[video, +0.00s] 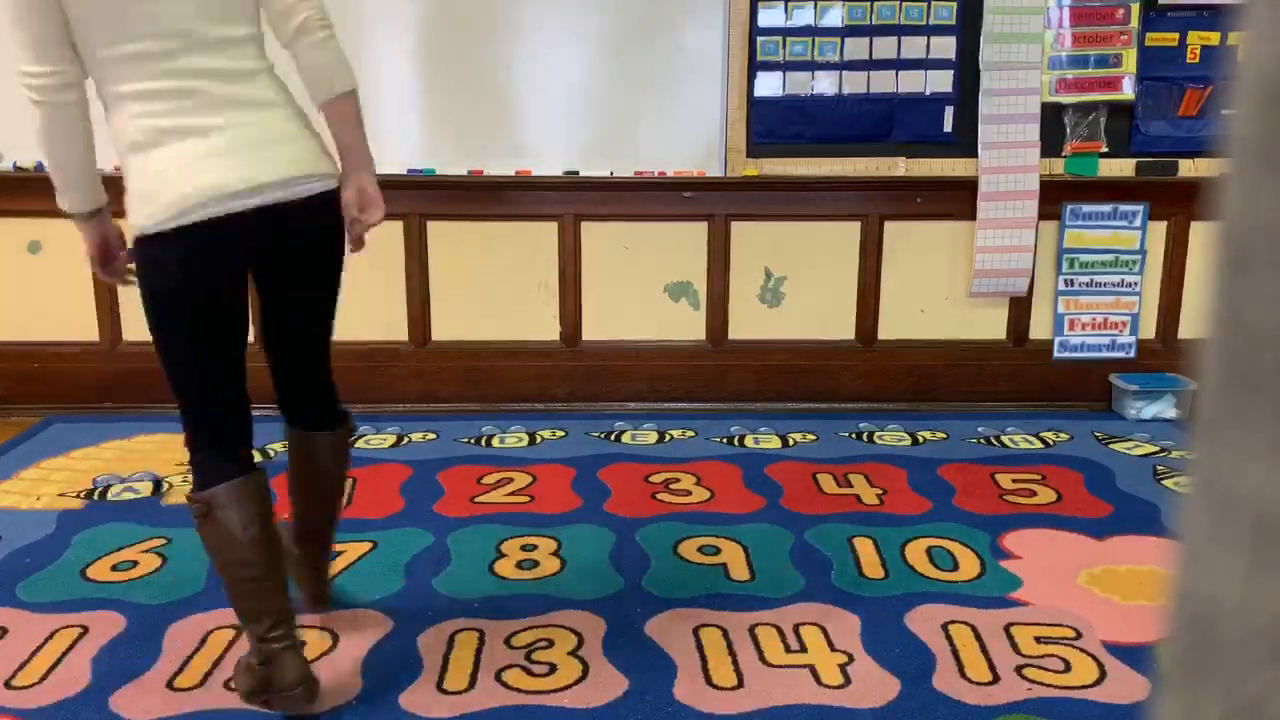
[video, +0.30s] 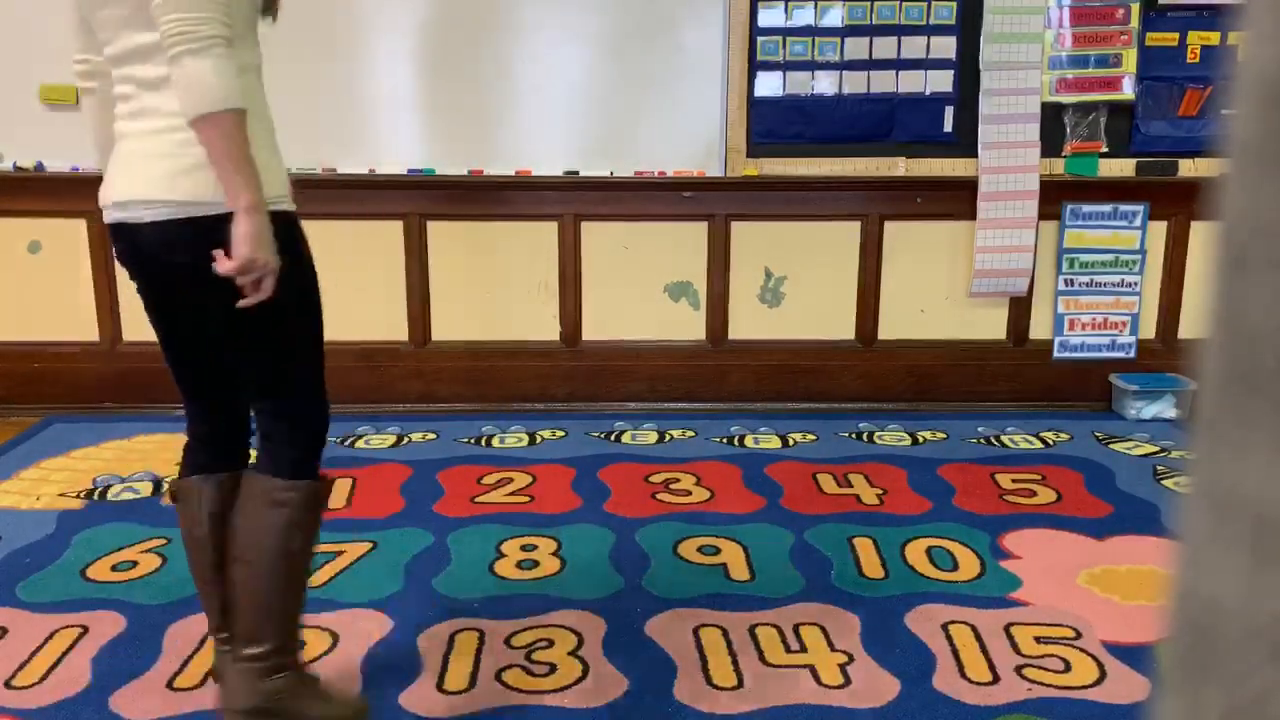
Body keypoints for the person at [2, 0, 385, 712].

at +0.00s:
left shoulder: (40, 3)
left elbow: (51, 82)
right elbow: (302, 23)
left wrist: (90, 214)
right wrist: (359, 163)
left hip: (176, 206)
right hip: (299, 184)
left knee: (216, 426)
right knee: (308, 381)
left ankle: (276, 653)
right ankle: (312, 570)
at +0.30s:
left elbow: (95, 75)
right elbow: (197, 51)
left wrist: (127, 195)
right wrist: (249, 204)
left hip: (141, 207)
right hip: (228, 203)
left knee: (213, 424)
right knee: (293, 424)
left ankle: (234, 648)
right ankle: (265, 668)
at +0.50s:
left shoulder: (104, 12)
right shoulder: (159, 5)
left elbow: (101, 117)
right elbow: (179, 108)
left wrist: (106, 270)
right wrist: (250, 279)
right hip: (175, 268)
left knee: (292, 453)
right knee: (267, 471)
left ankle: (210, 654)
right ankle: (151, 696)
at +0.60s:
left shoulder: (184, 16)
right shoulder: (124, 11)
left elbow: (162, 179)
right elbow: (153, 175)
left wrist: (122, 323)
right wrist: (229, 330)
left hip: (210, 313)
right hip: (160, 326)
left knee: (325, 483)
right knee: (279, 514)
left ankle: (209, 664)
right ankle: (145, 705)